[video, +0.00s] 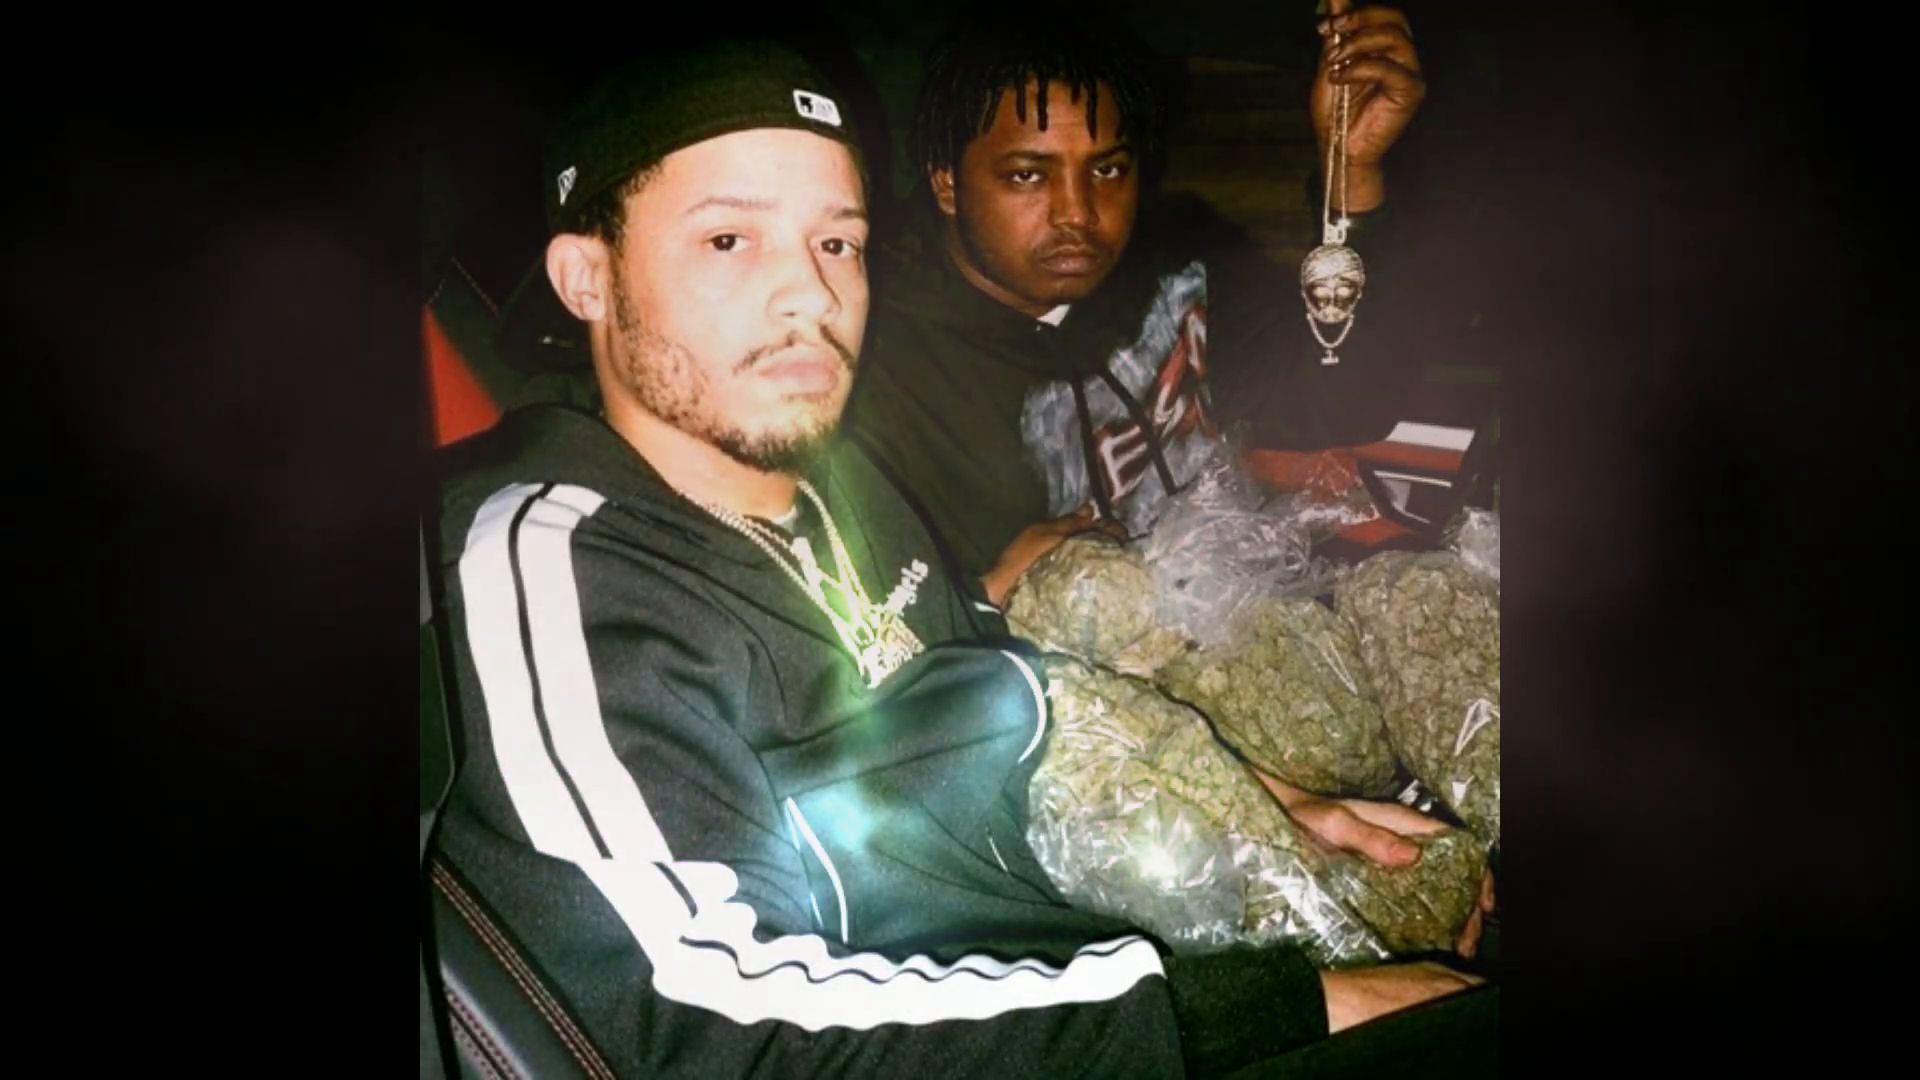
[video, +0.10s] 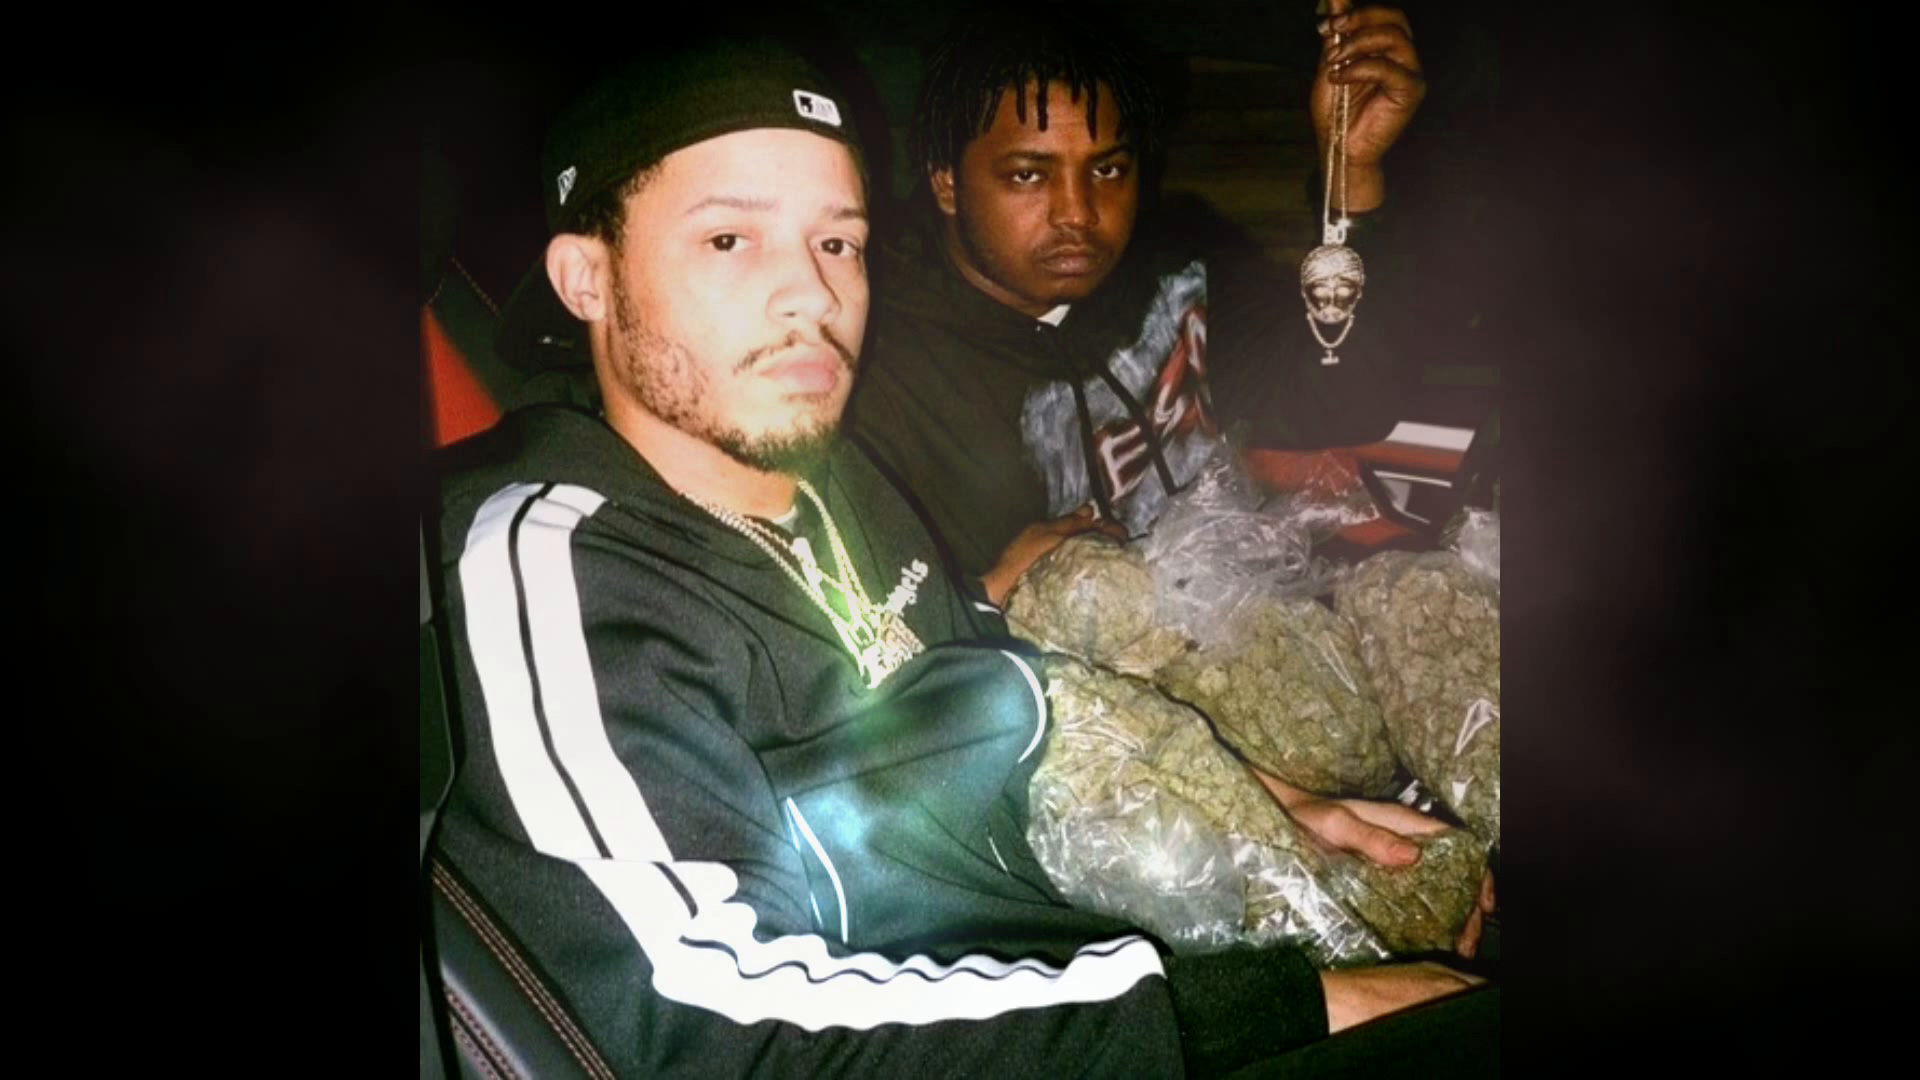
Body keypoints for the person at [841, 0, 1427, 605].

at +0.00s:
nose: (1078, 216)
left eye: (1107, 170)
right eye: (1029, 175)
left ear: (1140, 172)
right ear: (945, 187)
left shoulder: (1180, 256)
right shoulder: (890, 367)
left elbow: (1348, 407)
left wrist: (1351, 170)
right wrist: (992, 591)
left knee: (1421, 592)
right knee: (1076, 583)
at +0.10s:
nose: (1077, 216)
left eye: (1107, 171)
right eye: (1029, 175)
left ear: (1141, 173)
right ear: (945, 186)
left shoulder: (1178, 255)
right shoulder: (891, 373)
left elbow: (1347, 407)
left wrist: (1351, 171)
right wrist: (991, 596)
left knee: (1418, 591)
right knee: (1078, 582)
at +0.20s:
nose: (1077, 216)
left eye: (1107, 170)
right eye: (1029, 175)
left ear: (1141, 172)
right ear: (945, 186)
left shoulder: (1178, 253)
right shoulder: (891, 370)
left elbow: (1350, 406)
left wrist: (1352, 170)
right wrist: (990, 594)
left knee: (1417, 591)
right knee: (1081, 584)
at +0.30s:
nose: (1077, 216)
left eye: (1107, 170)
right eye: (1029, 175)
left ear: (1140, 172)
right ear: (945, 186)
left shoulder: (1179, 249)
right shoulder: (893, 369)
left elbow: (1349, 409)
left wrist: (1352, 170)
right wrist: (992, 591)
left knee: (1420, 591)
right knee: (1077, 582)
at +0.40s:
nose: (1078, 216)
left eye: (1107, 170)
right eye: (1029, 175)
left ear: (1142, 171)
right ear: (945, 187)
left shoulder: (1181, 252)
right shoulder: (900, 371)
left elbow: (1346, 410)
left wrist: (1352, 172)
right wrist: (990, 591)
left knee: (1421, 592)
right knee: (1080, 580)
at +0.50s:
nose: (1077, 217)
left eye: (1107, 170)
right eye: (1028, 175)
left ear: (1140, 171)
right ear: (945, 187)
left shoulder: (1180, 251)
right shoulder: (905, 372)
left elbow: (1346, 408)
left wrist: (1352, 171)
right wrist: (993, 588)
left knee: (1425, 595)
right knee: (1081, 579)